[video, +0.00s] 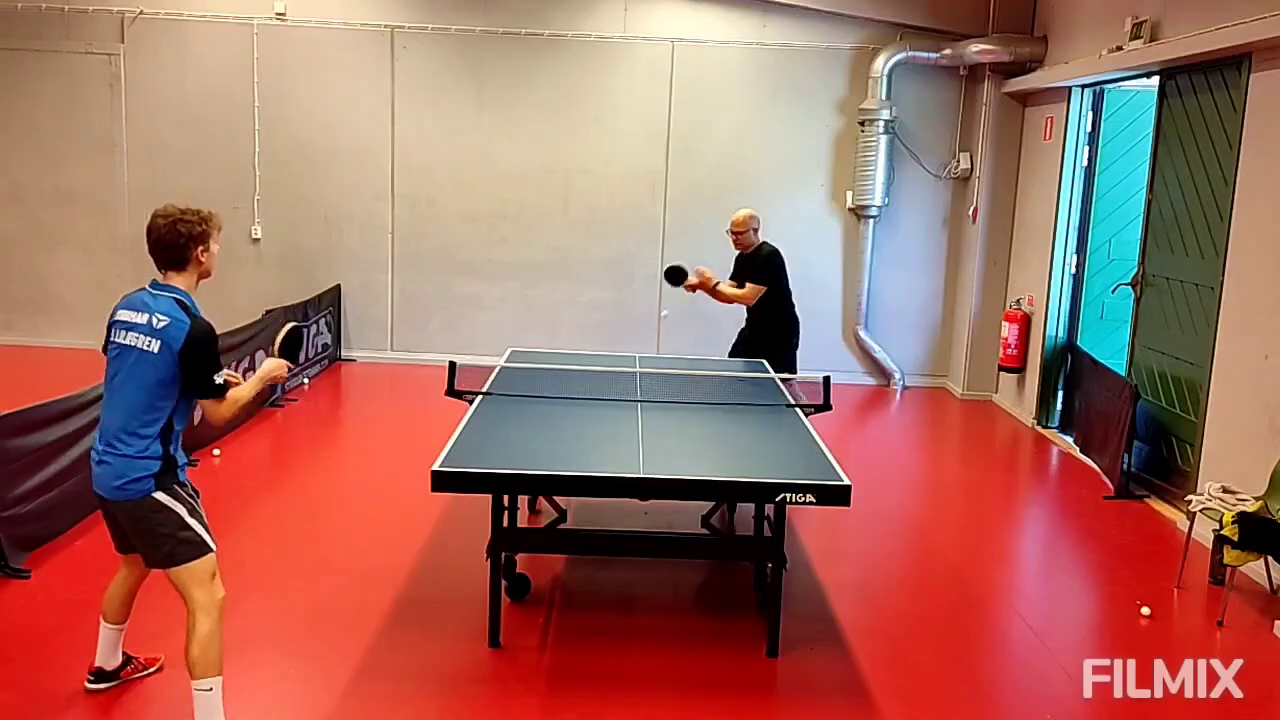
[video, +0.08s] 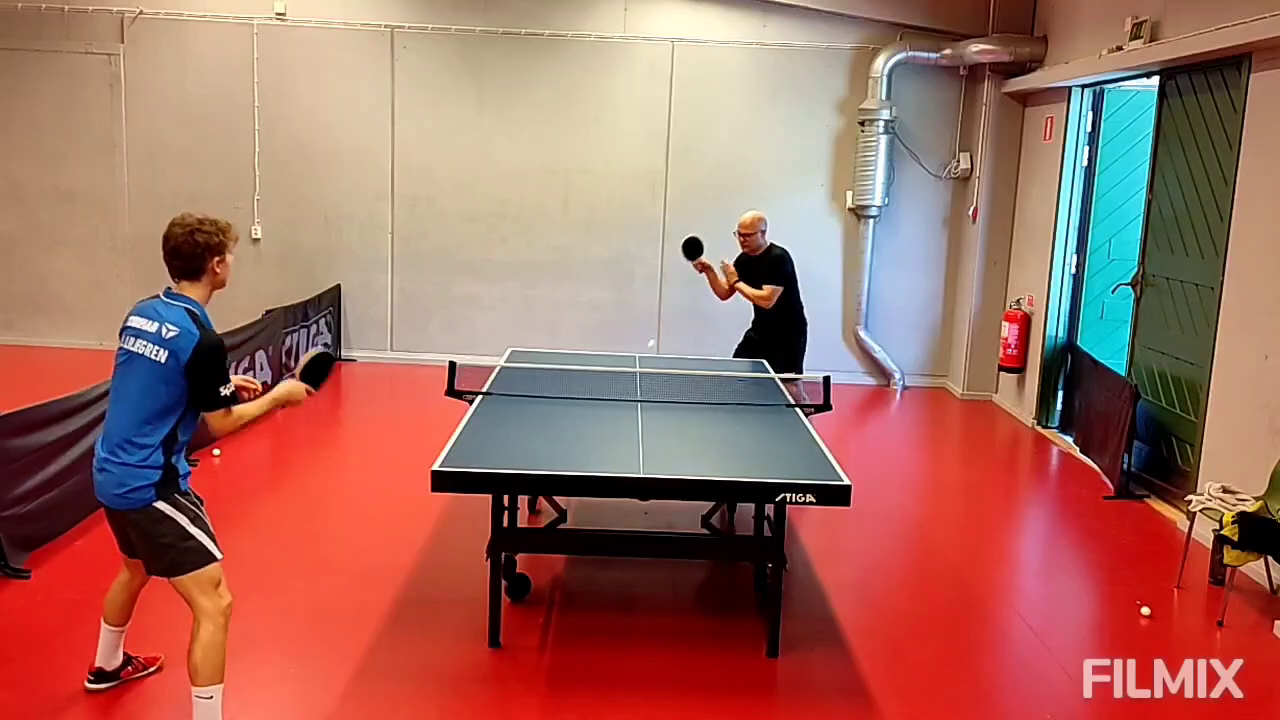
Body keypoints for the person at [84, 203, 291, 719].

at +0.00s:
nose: (217, 252)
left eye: (215, 243)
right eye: (214, 245)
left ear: (162, 254)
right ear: (198, 255)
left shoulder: (127, 306)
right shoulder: (193, 328)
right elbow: (221, 412)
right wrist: (265, 376)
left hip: (108, 472)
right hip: (150, 480)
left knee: (134, 563)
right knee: (207, 597)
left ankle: (106, 666)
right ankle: (211, 715)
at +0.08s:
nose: (229, 265)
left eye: (227, 256)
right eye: (227, 257)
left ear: (174, 263)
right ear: (214, 266)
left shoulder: (142, 312)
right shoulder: (201, 338)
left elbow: (158, 393)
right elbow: (219, 424)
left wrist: (225, 390)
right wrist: (279, 398)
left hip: (111, 476)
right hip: (153, 486)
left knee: (135, 566)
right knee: (214, 604)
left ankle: (105, 667)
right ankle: (208, 715)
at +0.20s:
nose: (266, 290)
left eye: (265, 281)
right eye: (264, 282)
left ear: (213, 283)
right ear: (250, 291)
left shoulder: (183, 324)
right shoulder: (212, 366)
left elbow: (195, 395)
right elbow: (212, 458)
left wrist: (264, 399)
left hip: (112, 475)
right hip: (138, 494)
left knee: (137, 571)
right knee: (208, 606)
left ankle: (104, 668)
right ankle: (206, 716)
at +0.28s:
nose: (283, 314)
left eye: (283, 304)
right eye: (282, 305)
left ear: (230, 303)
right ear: (265, 312)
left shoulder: (203, 337)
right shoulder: (210, 385)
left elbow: (230, 392)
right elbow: (198, 478)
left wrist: (289, 408)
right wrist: (244, 549)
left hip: (118, 476)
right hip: (127, 497)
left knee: (138, 573)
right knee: (203, 606)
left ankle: (104, 668)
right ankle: (204, 717)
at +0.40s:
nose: (309, 360)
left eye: (309, 352)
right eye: (307, 353)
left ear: (257, 349)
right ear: (286, 361)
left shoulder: (254, 377)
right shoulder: (201, 422)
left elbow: (290, 414)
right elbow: (151, 502)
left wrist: (337, 442)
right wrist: (118, 577)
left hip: (151, 488)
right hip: (123, 499)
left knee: (151, 576)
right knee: (209, 610)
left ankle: (106, 665)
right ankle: (202, 716)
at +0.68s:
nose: (359, 390)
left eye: (359, 381)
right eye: (354, 382)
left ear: (319, 385)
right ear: (321, 386)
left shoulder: (290, 399)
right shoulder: (237, 439)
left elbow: (283, 425)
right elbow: (169, 522)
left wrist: (293, 454)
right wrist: (135, 606)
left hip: (200, 514)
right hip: (176, 526)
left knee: (168, 589)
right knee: (265, 631)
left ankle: (119, 656)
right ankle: (218, 716)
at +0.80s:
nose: (364, 343)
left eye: (365, 333)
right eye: (358, 335)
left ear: (317, 334)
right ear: (323, 337)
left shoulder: (271, 347)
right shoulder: (282, 410)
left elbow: (214, 380)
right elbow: (342, 492)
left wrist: (203, 450)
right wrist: (432, 494)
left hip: (182, 494)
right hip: (199, 523)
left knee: (211, 575)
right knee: (279, 631)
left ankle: (154, 663)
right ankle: (222, 717)